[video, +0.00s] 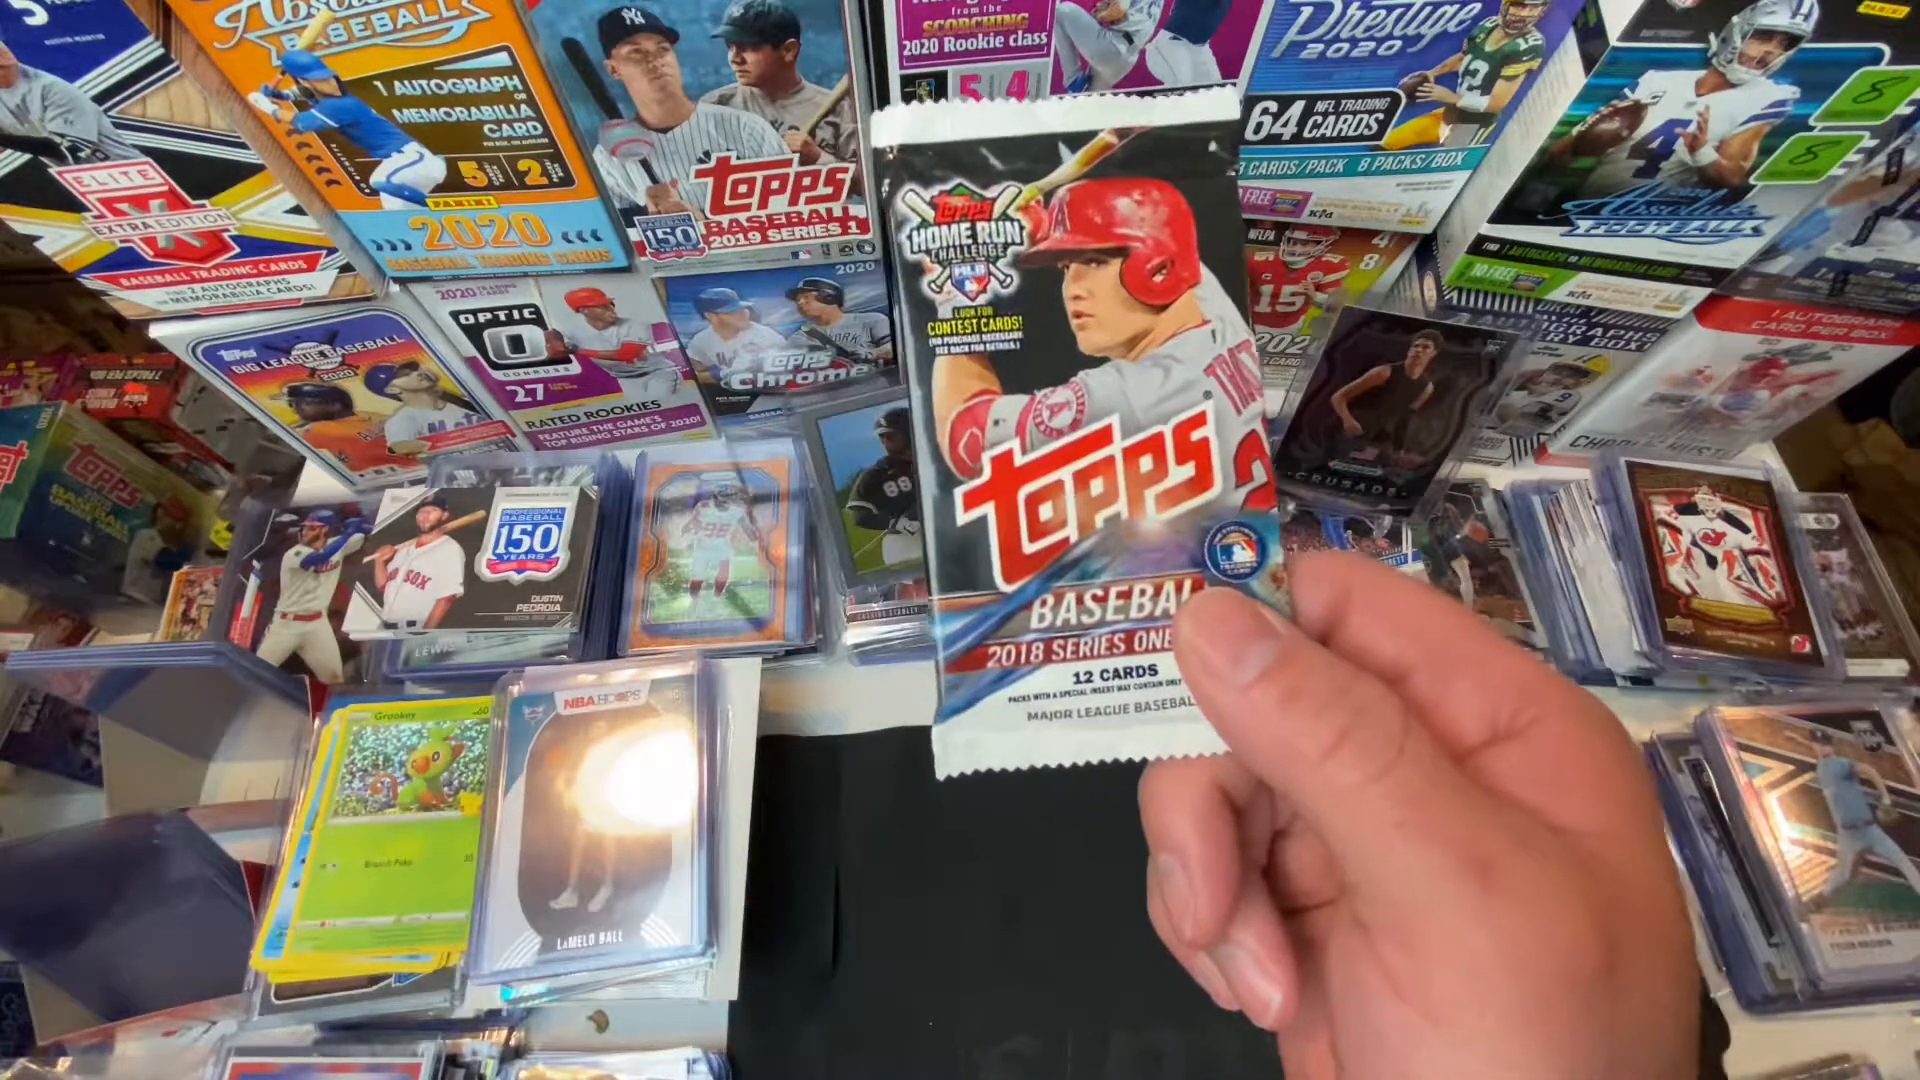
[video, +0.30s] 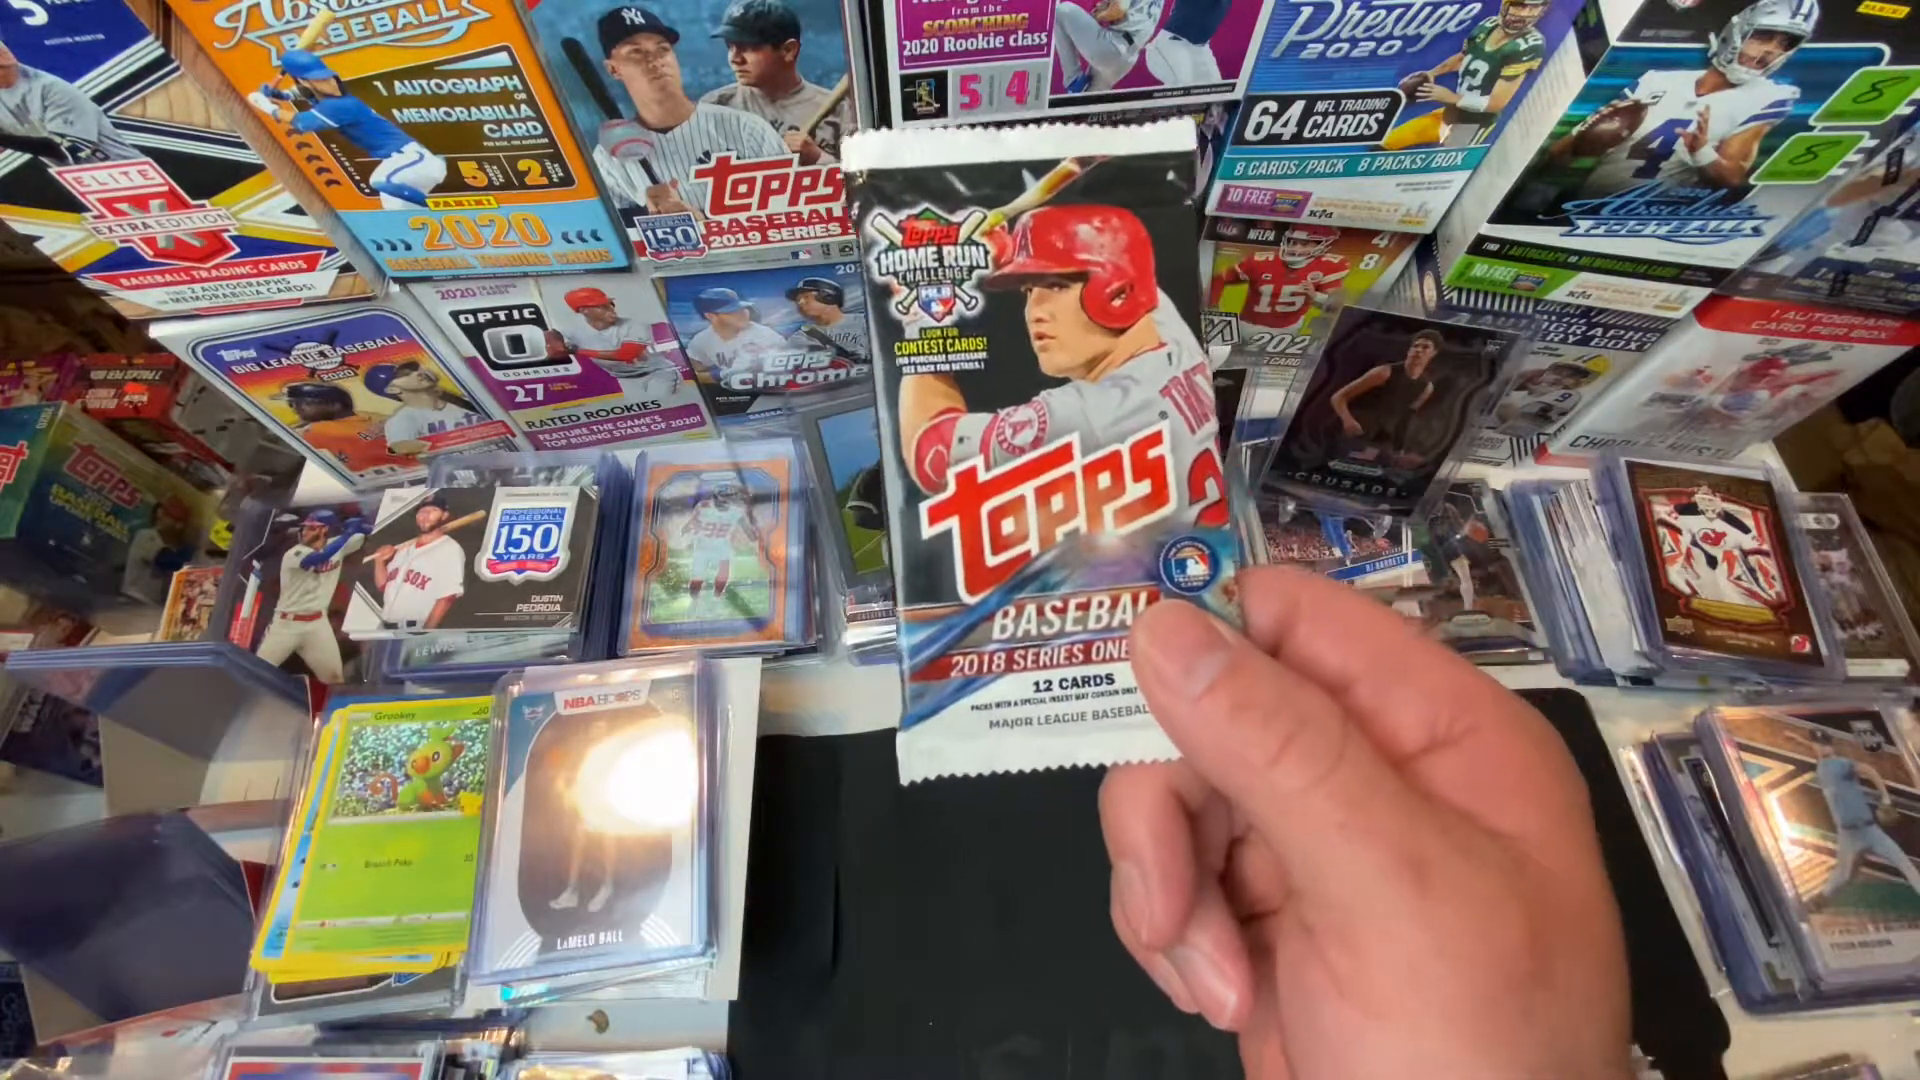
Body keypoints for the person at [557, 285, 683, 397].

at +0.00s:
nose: (612, 310)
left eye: (611, 305)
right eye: (605, 307)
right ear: (586, 312)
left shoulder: (633, 325)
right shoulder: (577, 335)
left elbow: (628, 354)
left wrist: (582, 353)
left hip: (658, 371)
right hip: (624, 377)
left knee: (656, 399)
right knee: (631, 404)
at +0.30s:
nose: (612, 310)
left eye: (611, 305)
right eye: (605, 307)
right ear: (586, 312)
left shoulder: (632, 325)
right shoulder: (578, 335)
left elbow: (628, 354)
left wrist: (581, 353)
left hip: (658, 371)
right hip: (624, 377)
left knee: (656, 399)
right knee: (630, 404)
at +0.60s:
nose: (612, 310)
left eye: (611, 305)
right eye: (604, 308)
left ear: (613, 304)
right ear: (587, 312)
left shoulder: (633, 325)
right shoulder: (579, 336)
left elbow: (627, 354)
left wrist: (581, 353)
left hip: (658, 371)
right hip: (624, 378)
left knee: (657, 395)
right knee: (630, 402)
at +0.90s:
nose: (612, 310)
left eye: (611, 306)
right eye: (605, 308)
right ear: (587, 312)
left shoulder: (632, 325)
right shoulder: (578, 336)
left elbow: (628, 354)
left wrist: (582, 353)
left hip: (657, 371)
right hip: (625, 378)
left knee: (657, 400)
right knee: (633, 406)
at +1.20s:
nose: (612, 311)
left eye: (611, 306)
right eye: (605, 308)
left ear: (612, 304)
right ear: (587, 312)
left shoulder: (632, 326)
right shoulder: (578, 336)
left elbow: (628, 354)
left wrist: (582, 353)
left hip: (657, 371)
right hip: (625, 378)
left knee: (657, 401)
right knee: (633, 406)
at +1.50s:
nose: (612, 310)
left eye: (611, 305)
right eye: (605, 307)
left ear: (612, 304)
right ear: (587, 312)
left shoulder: (632, 326)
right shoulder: (578, 335)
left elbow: (628, 354)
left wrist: (582, 353)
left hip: (657, 372)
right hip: (624, 379)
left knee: (657, 402)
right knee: (631, 407)